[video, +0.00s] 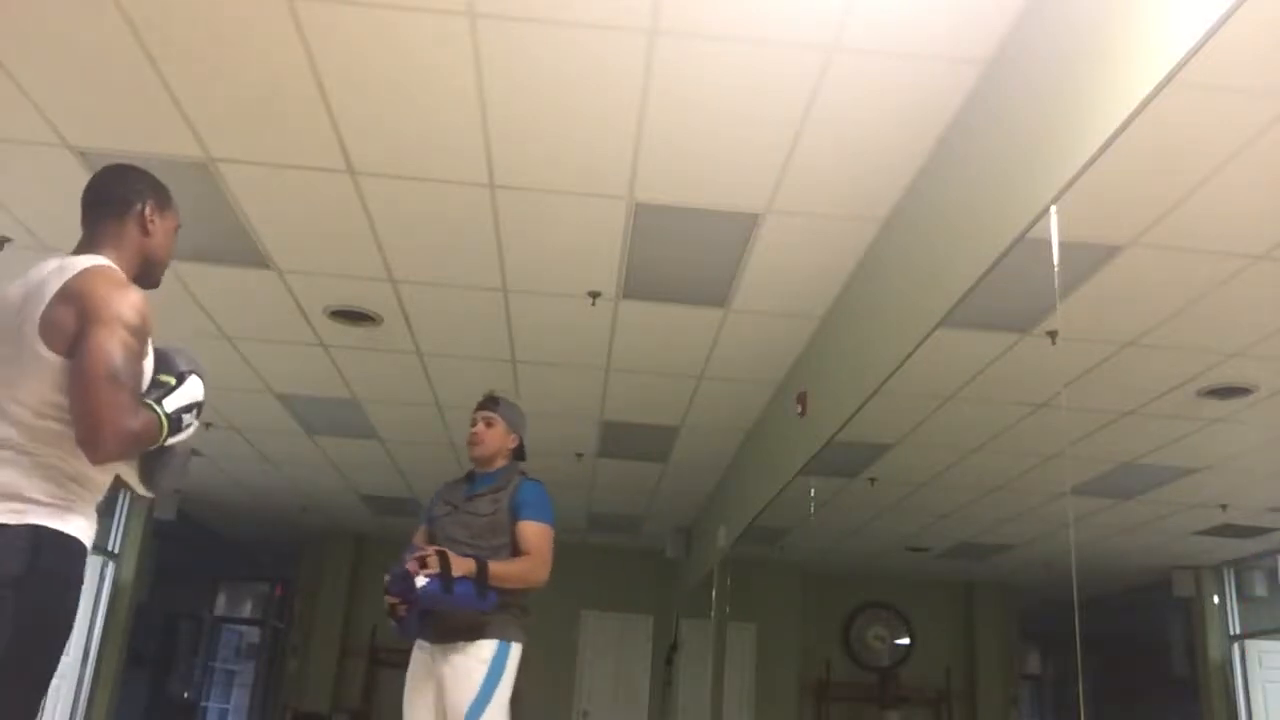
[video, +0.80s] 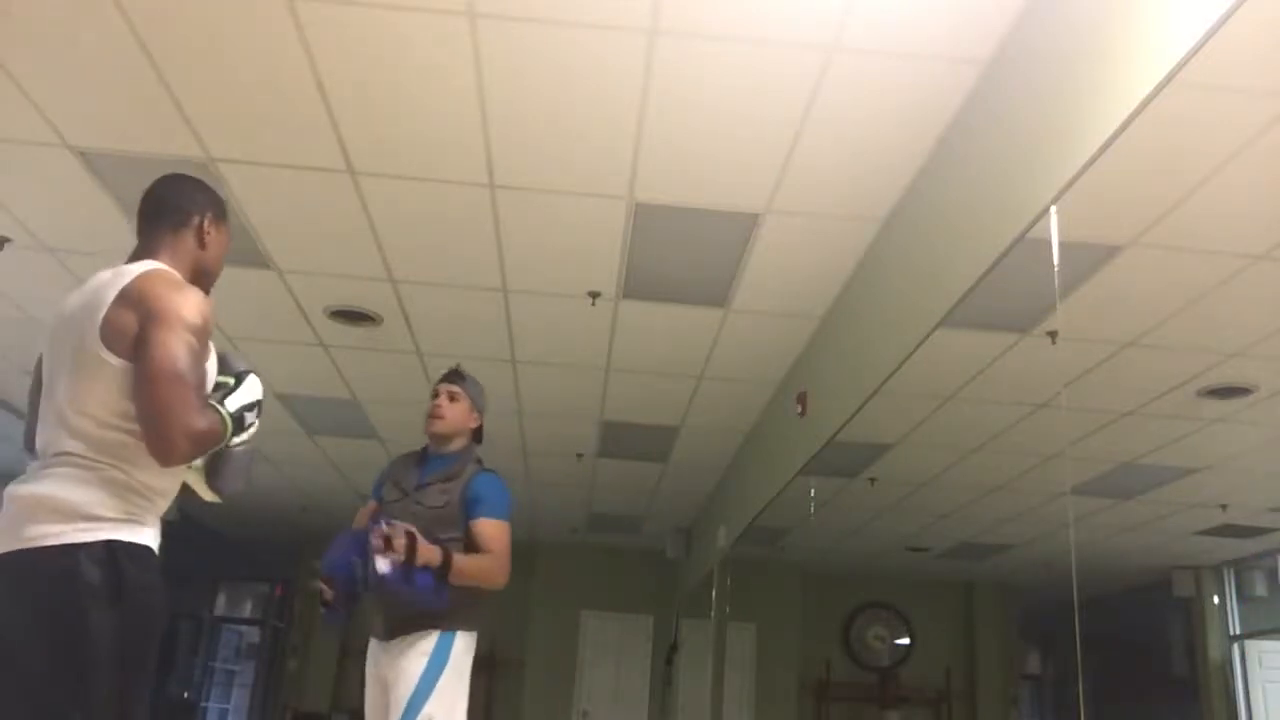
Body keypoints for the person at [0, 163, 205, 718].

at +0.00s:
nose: (172, 251)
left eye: (174, 234)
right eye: (172, 231)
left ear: (92, 219)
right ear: (146, 217)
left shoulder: (29, 282)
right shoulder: (113, 293)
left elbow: (34, 413)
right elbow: (106, 436)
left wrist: (137, 395)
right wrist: (171, 413)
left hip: (3, 526)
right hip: (36, 539)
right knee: (14, 704)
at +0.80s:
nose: (223, 258)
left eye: (225, 242)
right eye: (225, 240)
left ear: (147, 228)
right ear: (204, 229)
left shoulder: (77, 302)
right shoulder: (175, 295)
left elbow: (40, 435)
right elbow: (174, 439)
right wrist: (234, 412)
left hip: (24, 547)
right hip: (94, 551)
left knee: (31, 707)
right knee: (102, 706)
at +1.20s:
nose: (269, 240)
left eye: (271, 223)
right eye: (271, 221)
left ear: (187, 208)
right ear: (255, 210)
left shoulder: (106, 282)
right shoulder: (238, 280)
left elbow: (61, 417)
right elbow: (264, 436)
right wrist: (297, 391)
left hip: (63, 538)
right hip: (148, 543)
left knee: (60, 706)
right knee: (133, 706)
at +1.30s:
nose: (276, 252)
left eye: (278, 238)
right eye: (278, 235)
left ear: (197, 220)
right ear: (264, 221)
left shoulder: (120, 294)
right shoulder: (253, 287)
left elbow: (82, 430)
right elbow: (291, 438)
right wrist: (323, 403)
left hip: (80, 548)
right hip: (161, 552)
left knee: (77, 707)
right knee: (139, 708)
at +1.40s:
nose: (288, 255)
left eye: (288, 244)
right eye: (289, 241)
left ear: (207, 233)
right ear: (278, 232)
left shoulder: (141, 305)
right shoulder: (273, 282)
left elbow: (107, 444)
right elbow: (307, 434)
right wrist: (326, 399)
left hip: (104, 554)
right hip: (183, 555)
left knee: (107, 707)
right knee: (158, 708)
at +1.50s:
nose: (303, 261)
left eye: (303, 252)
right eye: (304, 250)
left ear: (221, 246)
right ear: (291, 241)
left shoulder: (161, 317)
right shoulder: (292, 281)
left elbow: (138, 447)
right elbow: (324, 415)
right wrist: (329, 436)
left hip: (132, 558)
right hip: (219, 556)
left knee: (140, 711)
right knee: (237, 710)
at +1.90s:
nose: (387, 249)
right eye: (389, 237)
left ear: (312, 233)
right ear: (387, 233)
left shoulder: (242, 305)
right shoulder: (400, 303)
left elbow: (190, 438)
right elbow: (423, 452)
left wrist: (284, 460)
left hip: (206, 571)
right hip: (315, 570)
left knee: (209, 712)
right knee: (334, 709)